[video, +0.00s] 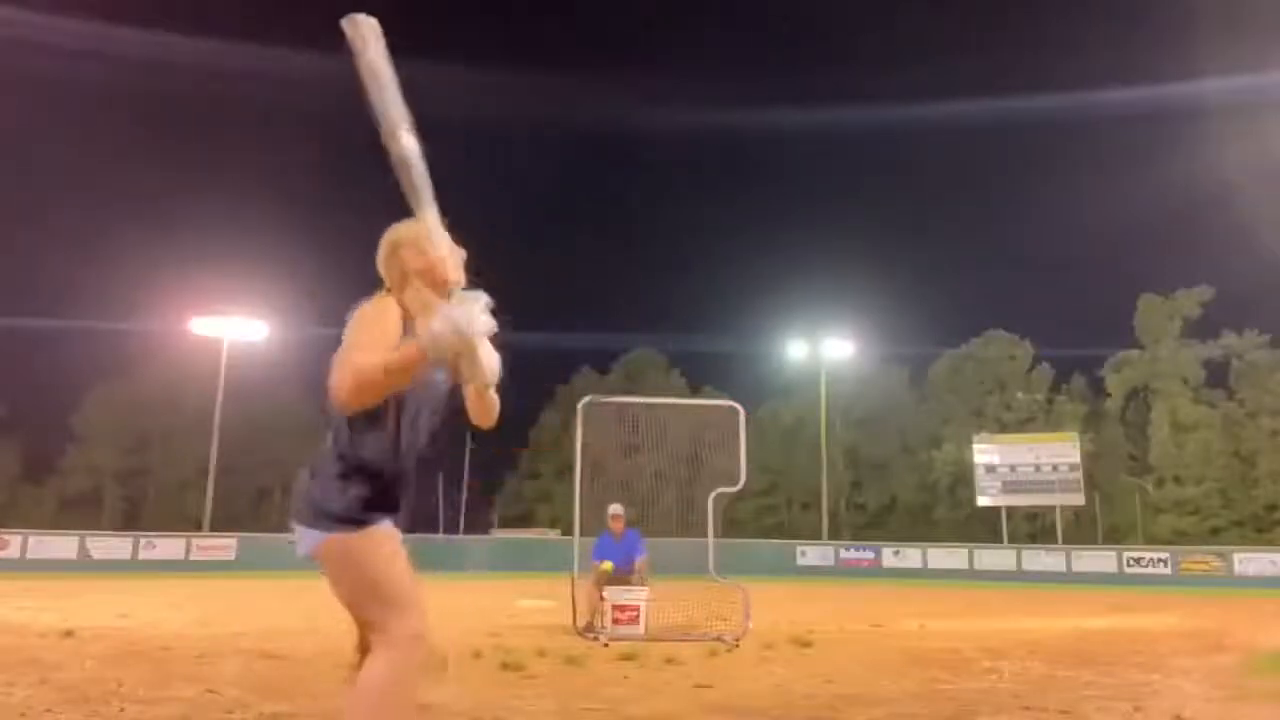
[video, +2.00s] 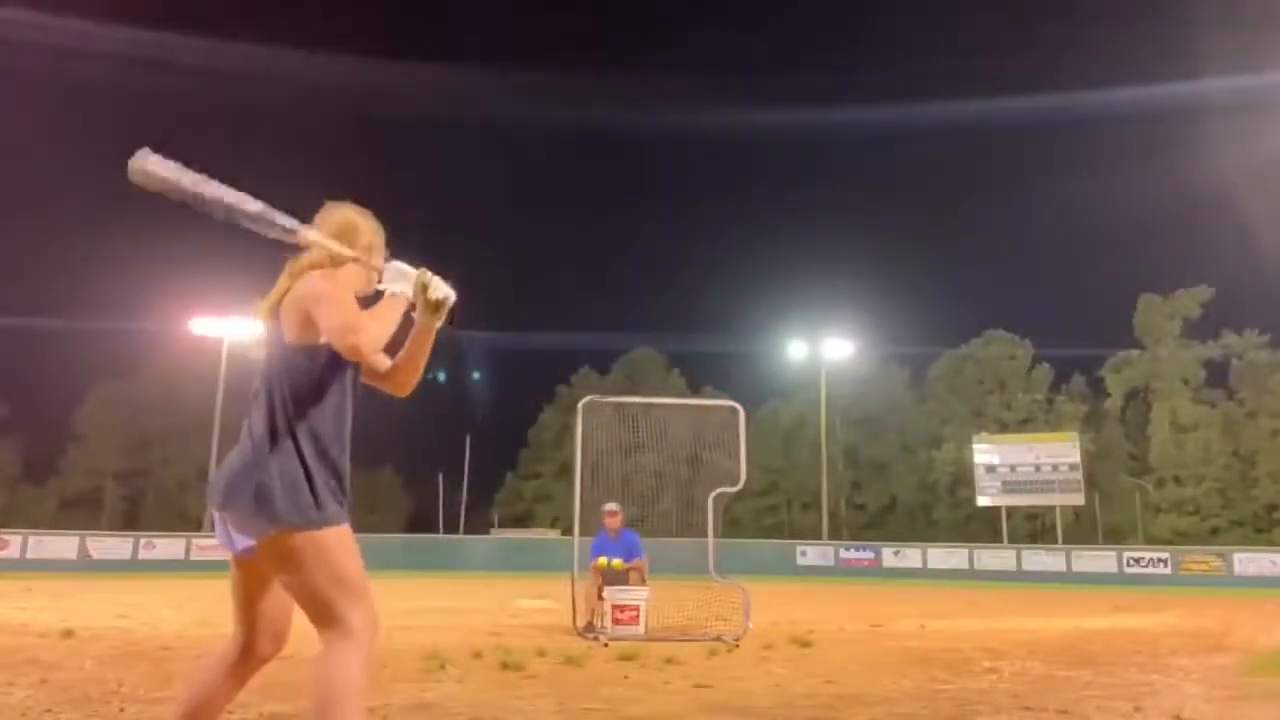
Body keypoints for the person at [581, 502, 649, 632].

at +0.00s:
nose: (617, 523)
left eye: (620, 519)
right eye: (614, 519)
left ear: (624, 520)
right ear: (608, 521)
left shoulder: (633, 536)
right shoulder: (603, 538)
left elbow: (640, 558)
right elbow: (596, 561)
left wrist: (639, 575)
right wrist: (602, 569)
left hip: (628, 573)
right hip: (609, 574)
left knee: (640, 582)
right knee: (594, 586)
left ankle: (637, 623)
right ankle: (590, 621)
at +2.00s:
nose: (612, 520)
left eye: (615, 515)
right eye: (608, 516)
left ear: (621, 517)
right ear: (604, 519)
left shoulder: (631, 537)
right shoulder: (599, 539)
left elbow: (640, 560)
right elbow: (593, 562)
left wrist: (625, 566)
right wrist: (600, 564)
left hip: (625, 572)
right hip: (606, 572)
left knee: (635, 573)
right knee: (593, 580)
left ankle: (635, 618)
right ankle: (590, 620)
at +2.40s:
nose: (604, 521)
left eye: (607, 517)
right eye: (601, 518)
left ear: (614, 517)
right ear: (597, 520)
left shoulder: (626, 537)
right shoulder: (596, 540)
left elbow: (636, 560)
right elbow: (593, 562)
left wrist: (621, 564)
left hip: (625, 573)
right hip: (606, 574)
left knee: (635, 577)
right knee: (593, 580)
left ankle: (635, 621)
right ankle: (590, 621)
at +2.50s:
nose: (599, 523)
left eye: (601, 519)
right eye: (595, 520)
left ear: (609, 518)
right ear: (593, 522)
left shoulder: (623, 537)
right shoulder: (595, 542)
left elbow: (640, 556)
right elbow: (591, 564)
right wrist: (597, 575)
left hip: (622, 573)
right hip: (603, 575)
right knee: (591, 587)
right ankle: (589, 622)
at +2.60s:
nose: (597, 524)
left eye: (600, 519)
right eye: (594, 521)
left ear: (607, 519)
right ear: (591, 523)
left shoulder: (620, 535)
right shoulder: (594, 545)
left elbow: (639, 552)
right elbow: (592, 568)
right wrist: (598, 578)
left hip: (622, 573)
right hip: (603, 575)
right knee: (590, 586)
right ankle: (589, 622)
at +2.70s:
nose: (594, 525)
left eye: (597, 520)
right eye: (591, 522)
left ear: (604, 520)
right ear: (589, 524)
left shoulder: (616, 535)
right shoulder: (593, 546)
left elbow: (637, 544)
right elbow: (592, 567)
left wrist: (640, 552)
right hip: (604, 575)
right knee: (590, 586)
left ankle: (589, 622)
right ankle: (589, 622)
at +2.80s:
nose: (594, 525)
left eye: (596, 520)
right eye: (591, 522)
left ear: (604, 520)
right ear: (588, 524)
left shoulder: (619, 535)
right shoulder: (591, 547)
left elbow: (645, 547)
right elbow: (592, 570)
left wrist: (661, 565)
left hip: (626, 575)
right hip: (605, 577)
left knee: (632, 577)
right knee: (592, 580)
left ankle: (629, 621)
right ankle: (590, 622)